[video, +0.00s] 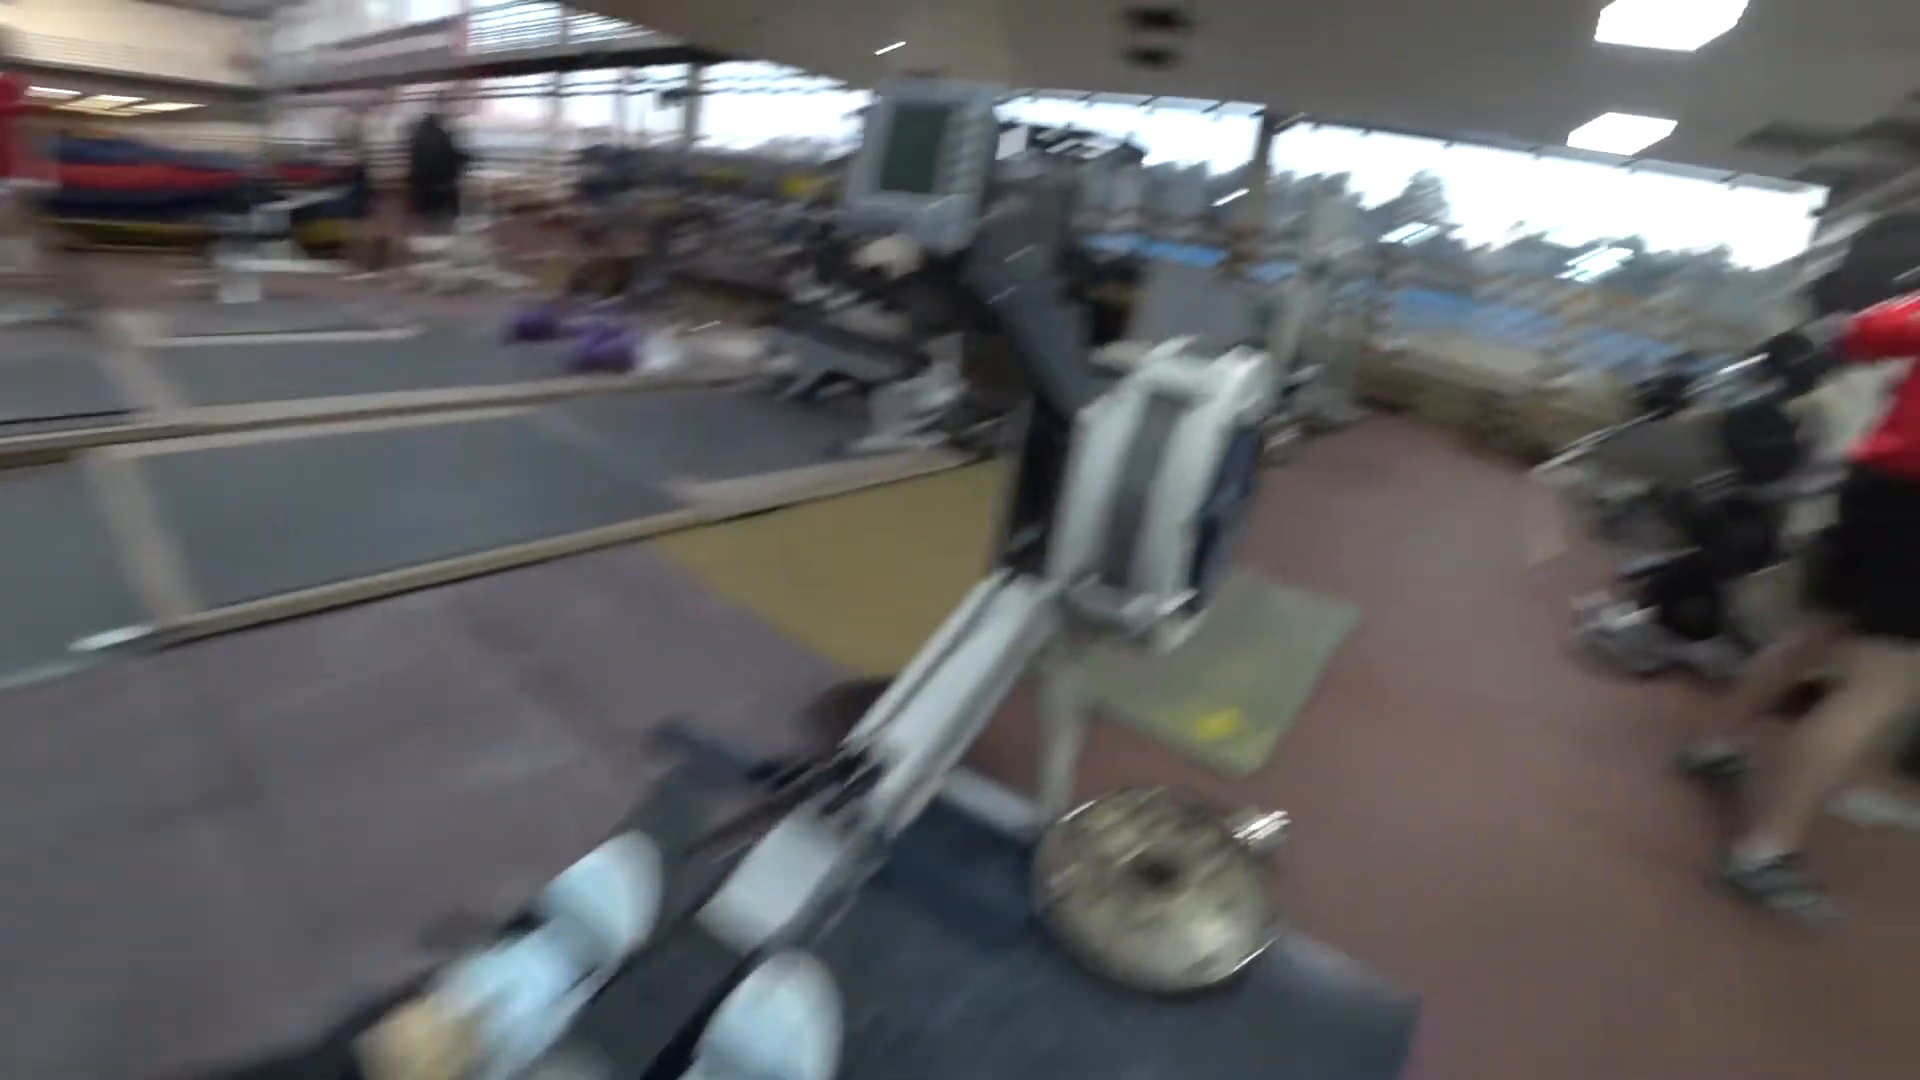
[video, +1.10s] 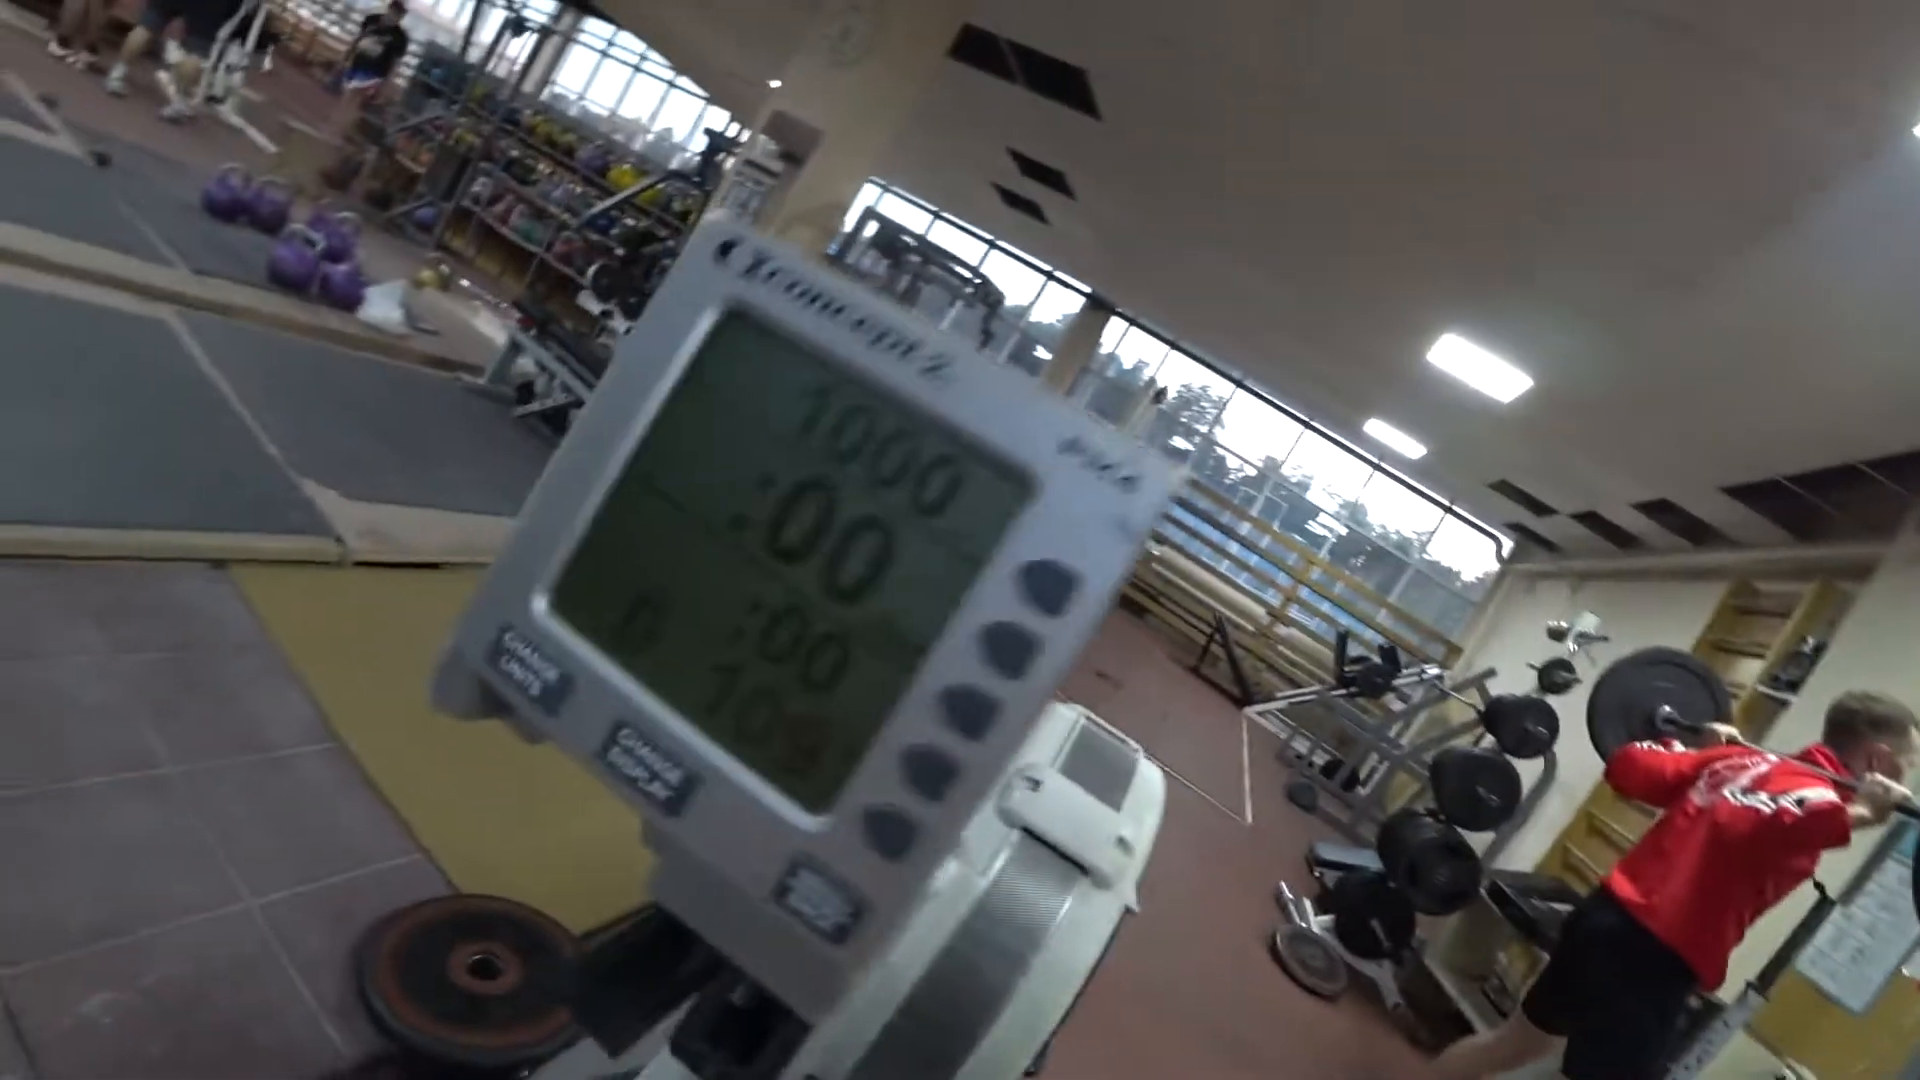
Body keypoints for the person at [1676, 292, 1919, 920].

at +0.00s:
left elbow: (1885, 326)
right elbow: (1885, 328)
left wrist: (1832, 337)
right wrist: (1833, 337)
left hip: (1881, 474)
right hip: (1906, 486)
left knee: (1819, 631)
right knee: (1886, 679)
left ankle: (1718, 740)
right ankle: (1764, 850)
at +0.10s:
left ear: (1904, 289)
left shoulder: (1877, 340)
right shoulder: (1908, 346)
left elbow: (1796, 377)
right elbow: (1826, 386)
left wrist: (1738, 397)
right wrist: (1737, 400)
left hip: (1766, 533)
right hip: (1802, 551)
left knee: (1715, 677)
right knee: (1776, 722)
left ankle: (1613, 788)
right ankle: (1666, 897)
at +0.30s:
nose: (1816, 491)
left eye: (1819, 480)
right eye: (1817, 478)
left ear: (1760, 459)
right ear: (1800, 473)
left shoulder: (1689, 504)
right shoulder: (1760, 516)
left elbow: (1602, 536)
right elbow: (1732, 536)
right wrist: (1770, 525)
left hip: (1603, 672)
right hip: (1653, 699)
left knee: (1558, 803)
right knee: (1613, 865)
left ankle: (1462, 905)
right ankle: (1512, 1024)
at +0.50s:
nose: (1827, 592)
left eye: (1828, 578)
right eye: (1825, 578)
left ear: (1757, 561)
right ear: (1800, 577)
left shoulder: (1679, 598)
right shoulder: (1753, 621)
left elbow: (1584, 625)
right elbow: (1709, 649)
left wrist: (1647, 595)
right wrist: (1776, 629)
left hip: (1578, 765)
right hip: (1631, 799)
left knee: (1522, 898)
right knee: (1577, 971)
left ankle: (1419, 994)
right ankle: (1509, 1069)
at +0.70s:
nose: (1814, 637)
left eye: (1816, 621)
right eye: (1808, 619)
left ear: (1750, 602)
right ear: (1780, 614)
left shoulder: (1674, 632)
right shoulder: (1747, 660)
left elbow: (1578, 652)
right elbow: (1670, 686)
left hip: (1569, 802)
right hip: (1631, 837)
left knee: (1507, 928)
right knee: (1568, 1003)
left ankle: (1398, 1029)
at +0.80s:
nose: (1816, 720)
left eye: (1819, 706)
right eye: (1813, 705)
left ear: (1752, 683)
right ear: (1784, 698)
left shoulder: (1665, 710)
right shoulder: (1742, 746)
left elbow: (1568, 720)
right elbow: (1668, 769)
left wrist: (1636, 701)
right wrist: (1767, 758)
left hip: (1548, 868)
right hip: (1603, 907)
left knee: (1475, 987)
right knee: (1537, 1058)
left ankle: (1361, 1067)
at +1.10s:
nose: (1900, 778)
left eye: (1904, 768)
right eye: (1901, 765)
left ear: (1832, 738)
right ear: (1876, 756)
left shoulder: (1740, 759)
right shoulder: (1824, 801)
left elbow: (1627, 762)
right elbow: (1770, 827)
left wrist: (1698, 749)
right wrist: (1860, 814)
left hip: (1602, 915)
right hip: (1658, 964)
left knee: (1515, 1040)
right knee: (1595, 1075)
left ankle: (1418, 1077)